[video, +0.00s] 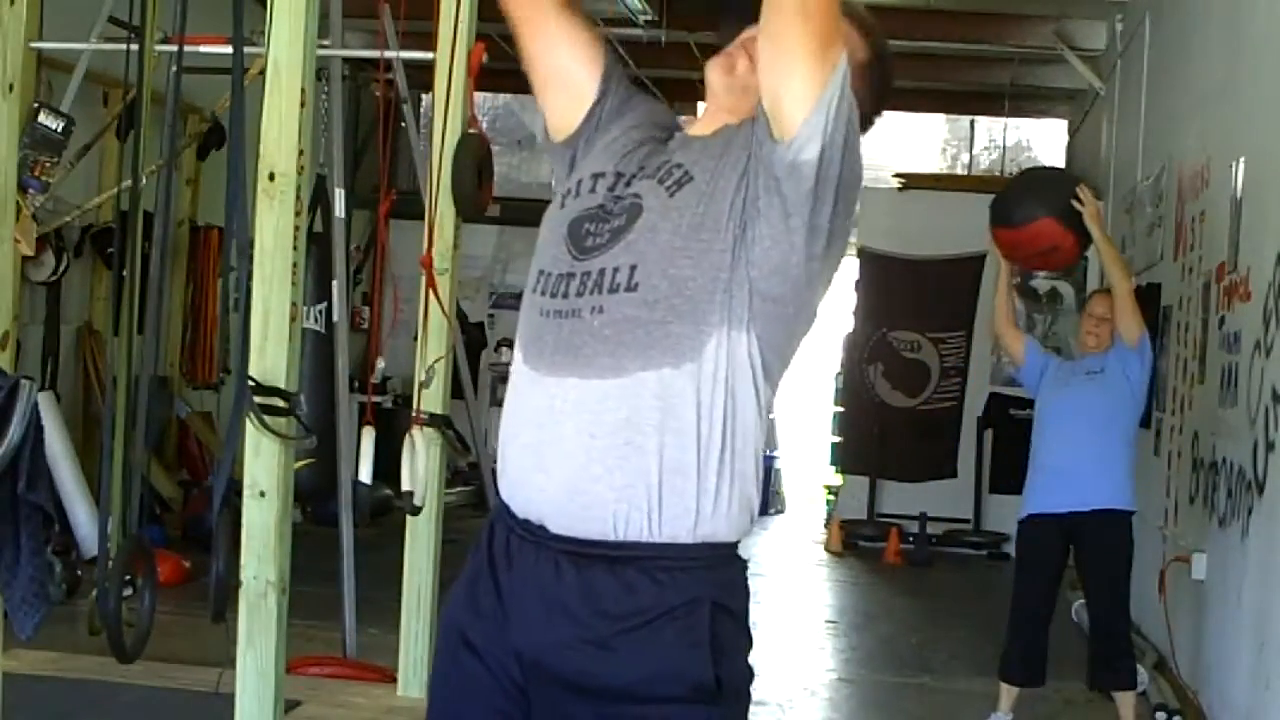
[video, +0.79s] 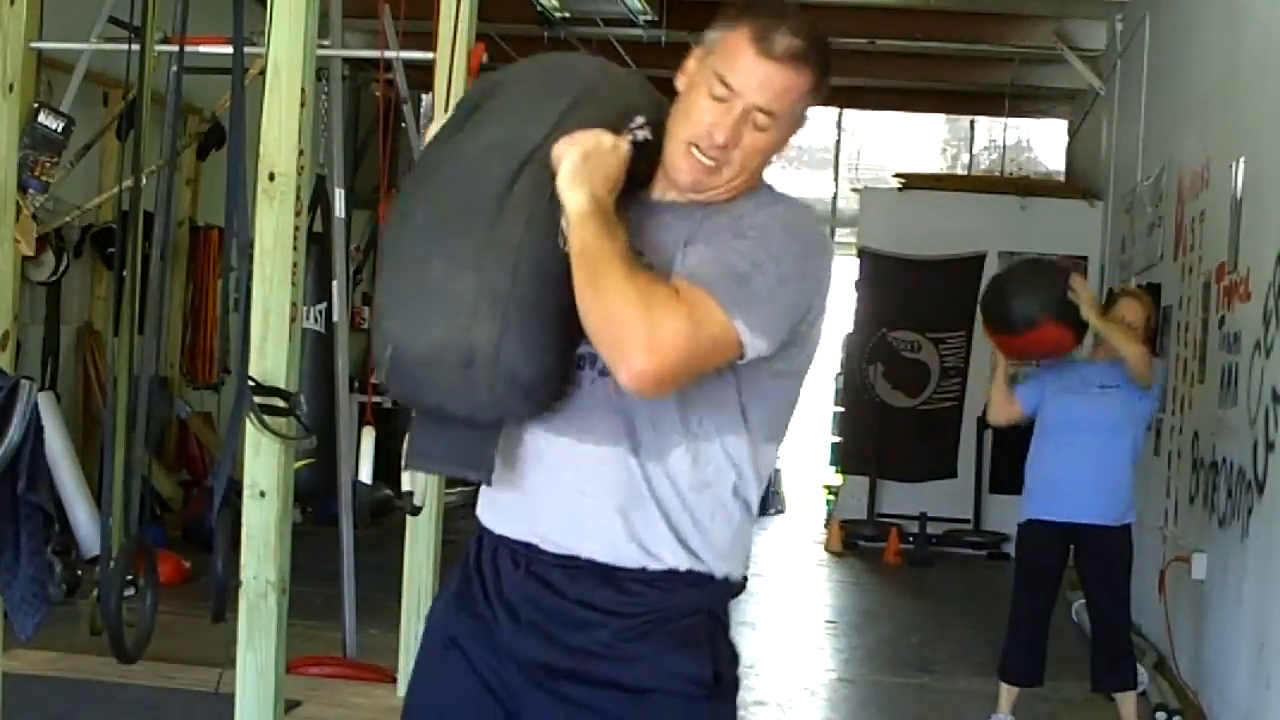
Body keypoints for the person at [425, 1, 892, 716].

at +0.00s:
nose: (759, 34)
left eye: (806, 45)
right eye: (773, 26)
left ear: (830, 98)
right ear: (739, 37)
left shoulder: (794, 169)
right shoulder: (613, 132)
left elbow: (803, 0)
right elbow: (530, 3)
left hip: (660, 606)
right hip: (506, 574)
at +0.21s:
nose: (806, 58)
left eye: (833, 64)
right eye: (816, 41)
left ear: (853, 130)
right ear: (767, 45)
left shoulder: (811, 194)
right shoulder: (614, 154)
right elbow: (473, 75)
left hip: (657, 612)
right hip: (504, 577)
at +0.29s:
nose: (795, 73)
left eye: (829, 88)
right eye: (806, 52)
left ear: (854, 156)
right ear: (785, 42)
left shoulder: (816, 215)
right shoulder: (611, 180)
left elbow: (729, 29)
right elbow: (454, 152)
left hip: (646, 624)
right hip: (496, 585)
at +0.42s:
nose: (779, 103)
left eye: (817, 116)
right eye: (792, 75)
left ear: (844, 169)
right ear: (773, 65)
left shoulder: (818, 237)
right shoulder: (629, 191)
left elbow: (686, 115)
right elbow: (487, 229)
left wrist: (683, 32)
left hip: (637, 633)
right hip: (490, 590)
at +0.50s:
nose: (762, 128)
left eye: (804, 132)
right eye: (773, 95)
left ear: (829, 178)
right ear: (752, 83)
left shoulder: (808, 258)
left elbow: (656, 210)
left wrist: (648, 107)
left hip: (630, 637)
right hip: (481, 597)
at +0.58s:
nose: (754, 137)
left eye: (795, 135)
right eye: (761, 100)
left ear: (822, 174)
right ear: (733, 90)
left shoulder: (802, 260)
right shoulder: (619, 200)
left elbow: (644, 270)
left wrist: (627, 147)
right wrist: (503, 125)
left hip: (628, 639)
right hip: (476, 601)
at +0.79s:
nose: (724, 132)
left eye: (761, 121)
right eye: (720, 93)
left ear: (787, 140)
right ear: (685, 72)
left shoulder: (788, 237)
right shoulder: (592, 189)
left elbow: (648, 355)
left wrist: (587, 201)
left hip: (648, 632)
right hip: (491, 597)